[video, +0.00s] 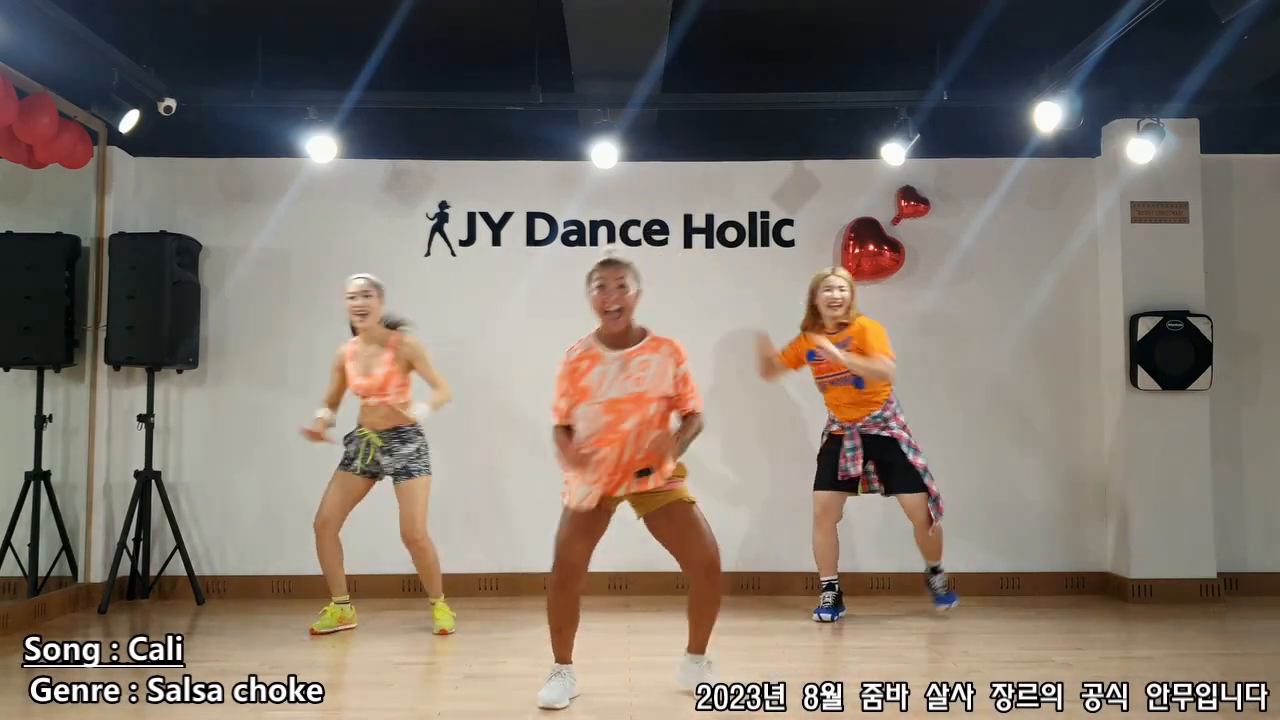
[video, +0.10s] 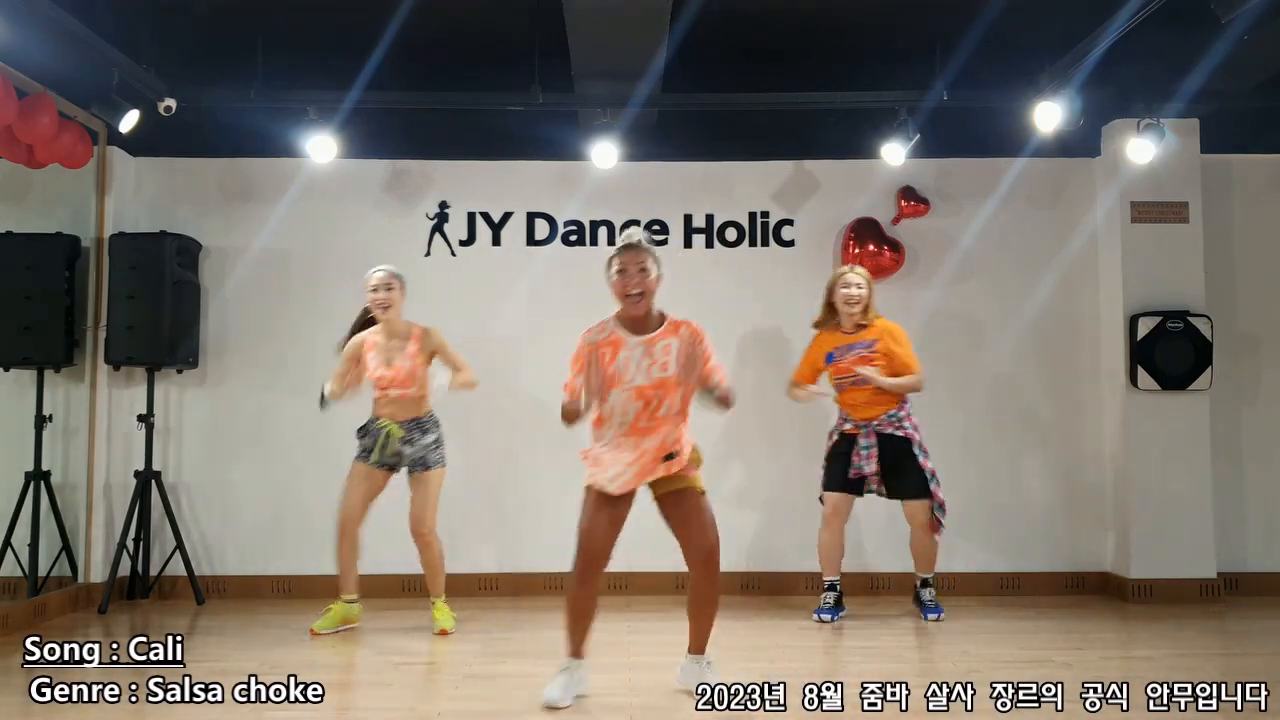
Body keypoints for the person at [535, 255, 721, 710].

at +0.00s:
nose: (611, 296)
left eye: (620, 287)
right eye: (601, 289)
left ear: (637, 294)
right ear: (590, 299)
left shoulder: (666, 352)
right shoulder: (576, 358)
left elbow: (693, 416)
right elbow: (562, 426)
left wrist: (672, 448)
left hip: (654, 474)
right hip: (593, 476)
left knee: (706, 561)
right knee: (566, 566)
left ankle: (696, 662)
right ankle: (562, 670)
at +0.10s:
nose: (632, 279)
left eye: (641, 270)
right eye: (622, 273)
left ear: (658, 279)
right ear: (611, 284)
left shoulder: (687, 336)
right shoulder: (595, 340)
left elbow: (724, 397)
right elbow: (570, 414)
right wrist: (577, 403)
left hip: (671, 451)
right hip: (614, 454)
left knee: (706, 553)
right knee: (589, 555)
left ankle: (696, 660)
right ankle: (573, 665)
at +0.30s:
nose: (665, 283)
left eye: (674, 275)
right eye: (654, 276)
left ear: (689, 286)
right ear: (641, 288)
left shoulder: (713, 335)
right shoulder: (628, 339)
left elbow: (763, 360)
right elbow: (584, 365)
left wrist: (763, 336)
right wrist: (600, 347)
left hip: (698, 464)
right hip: (640, 465)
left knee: (723, 553)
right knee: (632, 558)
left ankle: (702, 662)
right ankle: (646, 666)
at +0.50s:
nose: (704, 296)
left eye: (711, 288)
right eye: (693, 288)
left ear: (723, 298)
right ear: (676, 300)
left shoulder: (738, 363)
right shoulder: (649, 358)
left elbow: (748, 423)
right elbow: (606, 419)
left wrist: (742, 430)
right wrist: (643, 424)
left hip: (710, 482)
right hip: (650, 480)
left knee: (775, 553)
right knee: (641, 564)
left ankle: (762, 656)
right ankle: (648, 668)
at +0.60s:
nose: (732, 301)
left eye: (738, 292)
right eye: (720, 294)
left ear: (748, 302)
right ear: (701, 307)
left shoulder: (758, 368)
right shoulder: (677, 359)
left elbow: (758, 430)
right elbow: (651, 430)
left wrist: (785, 458)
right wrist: (693, 453)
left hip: (717, 486)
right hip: (658, 479)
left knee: (772, 563)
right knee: (624, 560)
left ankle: (758, 665)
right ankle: (641, 663)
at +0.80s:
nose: (766, 302)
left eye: (773, 294)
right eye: (754, 294)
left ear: (782, 305)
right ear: (734, 306)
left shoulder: (785, 362)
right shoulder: (721, 346)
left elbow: (819, 391)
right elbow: (787, 377)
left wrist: (872, 395)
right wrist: (856, 392)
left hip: (712, 480)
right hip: (659, 459)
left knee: (764, 564)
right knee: (599, 553)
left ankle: (754, 667)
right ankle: (532, 643)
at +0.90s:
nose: (769, 306)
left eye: (775, 297)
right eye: (757, 298)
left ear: (785, 307)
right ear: (737, 309)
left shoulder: (791, 368)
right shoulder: (720, 348)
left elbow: (838, 395)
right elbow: (769, 389)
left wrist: (889, 399)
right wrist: (832, 399)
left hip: (715, 484)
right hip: (660, 462)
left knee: (767, 564)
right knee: (599, 551)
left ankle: (754, 667)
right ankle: (534, 640)